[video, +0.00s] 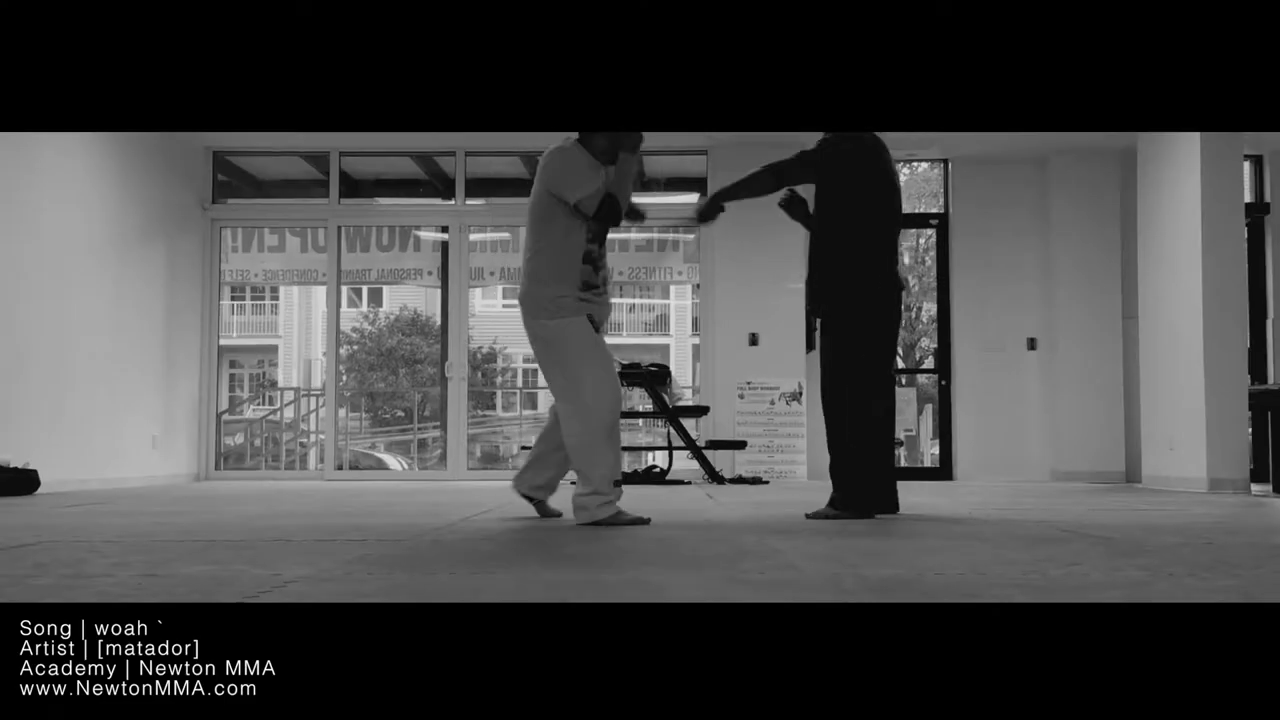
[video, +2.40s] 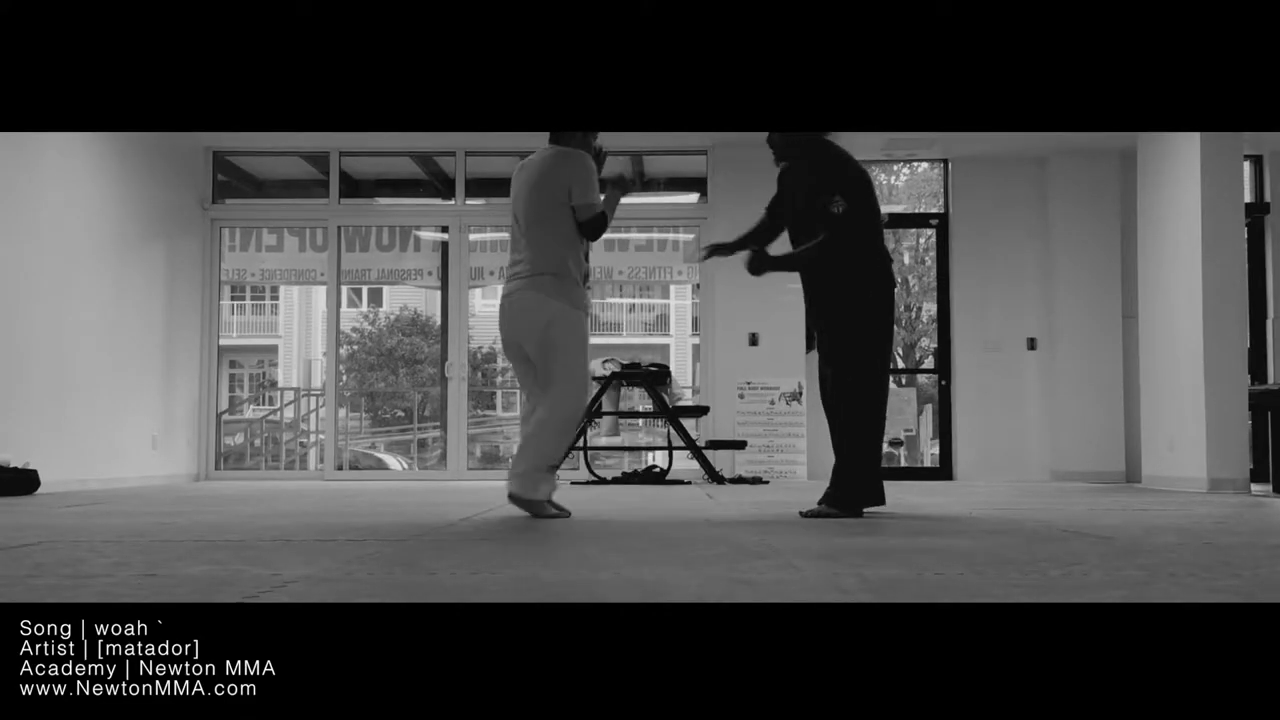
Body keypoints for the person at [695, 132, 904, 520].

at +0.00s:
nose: (818, 143)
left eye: (822, 139)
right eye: (821, 142)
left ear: (832, 133)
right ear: (862, 129)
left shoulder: (845, 150)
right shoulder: (873, 158)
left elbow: (778, 174)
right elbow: (844, 236)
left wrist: (719, 198)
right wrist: (805, 216)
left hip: (851, 299)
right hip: (875, 296)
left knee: (845, 395)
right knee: (870, 394)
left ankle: (852, 499)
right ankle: (878, 496)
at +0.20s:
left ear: (826, 129)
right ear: (859, 126)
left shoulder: (838, 148)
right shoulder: (866, 155)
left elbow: (779, 162)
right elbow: (843, 236)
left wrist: (752, 155)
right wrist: (801, 220)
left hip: (850, 300)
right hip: (872, 297)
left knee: (845, 397)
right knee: (869, 396)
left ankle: (851, 500)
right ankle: (877, 496)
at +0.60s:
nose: (814, 138)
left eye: (817, 135)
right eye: (814, 136)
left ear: (834, 129)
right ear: (834, 135)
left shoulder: (869, 148)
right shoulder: (833, 168)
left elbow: (842, 169)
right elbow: (804, 229)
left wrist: (785, 162)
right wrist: (757, 228)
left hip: (859, 299)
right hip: (835, 301)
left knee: (851, 398)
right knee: (850, 398)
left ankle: (855, 498)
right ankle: (872, 491)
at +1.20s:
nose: (812, 140)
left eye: (814, 136)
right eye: (813, 137)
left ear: (826, 133)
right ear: (842, 130)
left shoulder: (851, 154)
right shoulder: (852, 165)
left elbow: (783, 161)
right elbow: (818, 235)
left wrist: (735, 148)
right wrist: (781, 201)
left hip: (851, 304)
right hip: (849, 303)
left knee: (848, 400)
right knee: (849, 401)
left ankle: (854, 500)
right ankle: (855, 499)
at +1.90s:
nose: (785, 148)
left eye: (787, 139)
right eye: (784, 142)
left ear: (804, 137)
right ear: (818, 138)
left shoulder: (841, 168)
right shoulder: (832, 170)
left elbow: (816, 215)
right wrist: (785, 229)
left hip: (850, 312)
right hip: (838, 310)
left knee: (846, 400)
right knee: (842, 399)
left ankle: (850, 496)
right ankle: (854, 493)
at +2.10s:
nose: (781, 142)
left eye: (784, 135)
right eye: (780, 137)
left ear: (803, 134)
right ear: (807, 136)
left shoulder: (834, 167)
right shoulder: (813, 170)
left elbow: (805, 233)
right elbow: (819, 234)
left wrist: (733, 227)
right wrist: (780, 221)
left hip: (858, 305)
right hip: (838, 303)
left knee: (853, 395)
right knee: (845, 395)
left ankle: (852, 496)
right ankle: (858, 491)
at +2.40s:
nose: (772, 148)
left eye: (776, 141)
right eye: (771, 143)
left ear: (797, 138)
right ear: (791, 142)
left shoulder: (835, 169)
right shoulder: (795, 172)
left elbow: (834, 245)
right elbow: (772, 223)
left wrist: (774, 261)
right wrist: (734, 246)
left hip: (861, 296)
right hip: (832, 297)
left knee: (855, 391)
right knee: (838, 390)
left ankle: (848, 495)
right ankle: (862, 487)